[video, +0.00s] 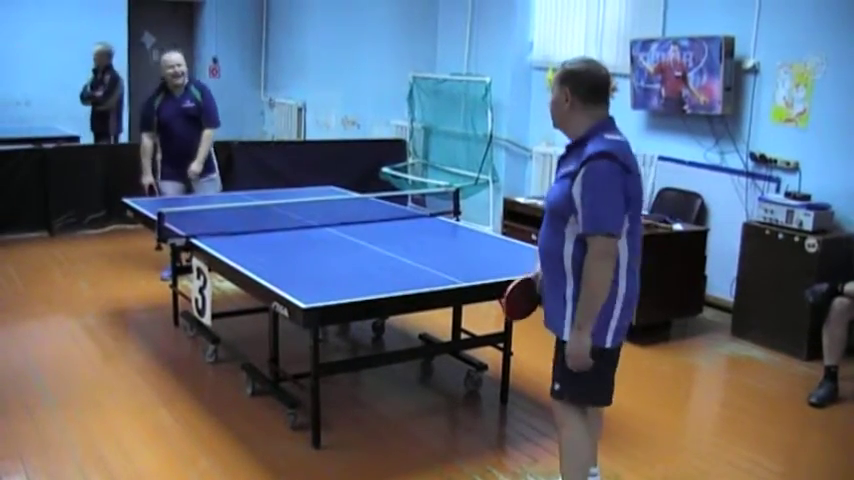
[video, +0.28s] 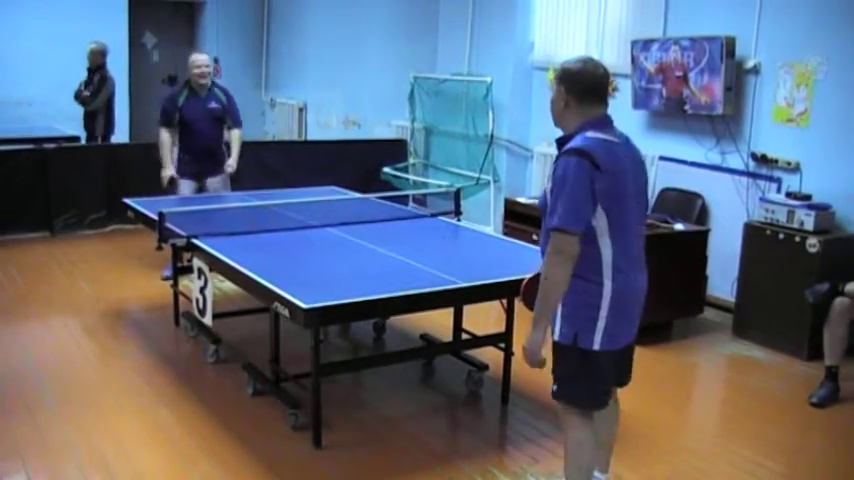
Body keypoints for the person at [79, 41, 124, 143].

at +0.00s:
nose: (96, 59)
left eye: (100, 56)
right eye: (96, 56)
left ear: (108, 58)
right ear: (94, 57)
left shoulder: (114, 78)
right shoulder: (95, 76)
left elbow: (108, 102)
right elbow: (83, 96)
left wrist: (90, 97)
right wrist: (97, 96)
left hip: (110, 127)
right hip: (97, 126)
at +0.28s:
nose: (91, 58)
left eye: (95, 55)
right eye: (90, 54)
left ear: (102, 57)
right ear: (88, 56)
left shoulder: (106, 79)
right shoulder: (89, 77)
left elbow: (97, 103)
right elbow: (78, 93)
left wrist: (82, 96)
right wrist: (86, 96)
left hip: (102, 128)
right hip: (90, 126)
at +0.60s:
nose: (84, 58)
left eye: (88, 54)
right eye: (83, 54)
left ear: (96, 56)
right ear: (82, 55)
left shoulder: (97, 77)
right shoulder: (86, 75)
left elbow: (85, 103)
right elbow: (74, 92)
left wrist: (75, 94)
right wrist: (78, 97)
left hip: (95, 128)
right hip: (85, 127)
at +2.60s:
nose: (84, 57)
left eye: (88, 54)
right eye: (84, 53)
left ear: (97, 57)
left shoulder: (96, 77)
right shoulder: (88, 74)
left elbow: (81, 103)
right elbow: (76, 89)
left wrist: (74, 92)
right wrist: (77, 94)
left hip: (92, 129)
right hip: (85, 128)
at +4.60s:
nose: (85, 57)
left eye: (89, 54)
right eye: (85, 53)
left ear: (97, 56)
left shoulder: (96, 76)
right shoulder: (88, 73)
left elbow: (81, 101)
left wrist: (74, 91)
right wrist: (76, 92)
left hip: (92, 128)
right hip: (85, 127)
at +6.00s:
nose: (83, 56)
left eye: (87, 53)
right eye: (84, 52)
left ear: (95, 55)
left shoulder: (95, 76)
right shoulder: (88, 73)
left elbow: (81, 102)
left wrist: (73, 92)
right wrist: (76, 92)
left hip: (91, 128)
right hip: (85, 127)